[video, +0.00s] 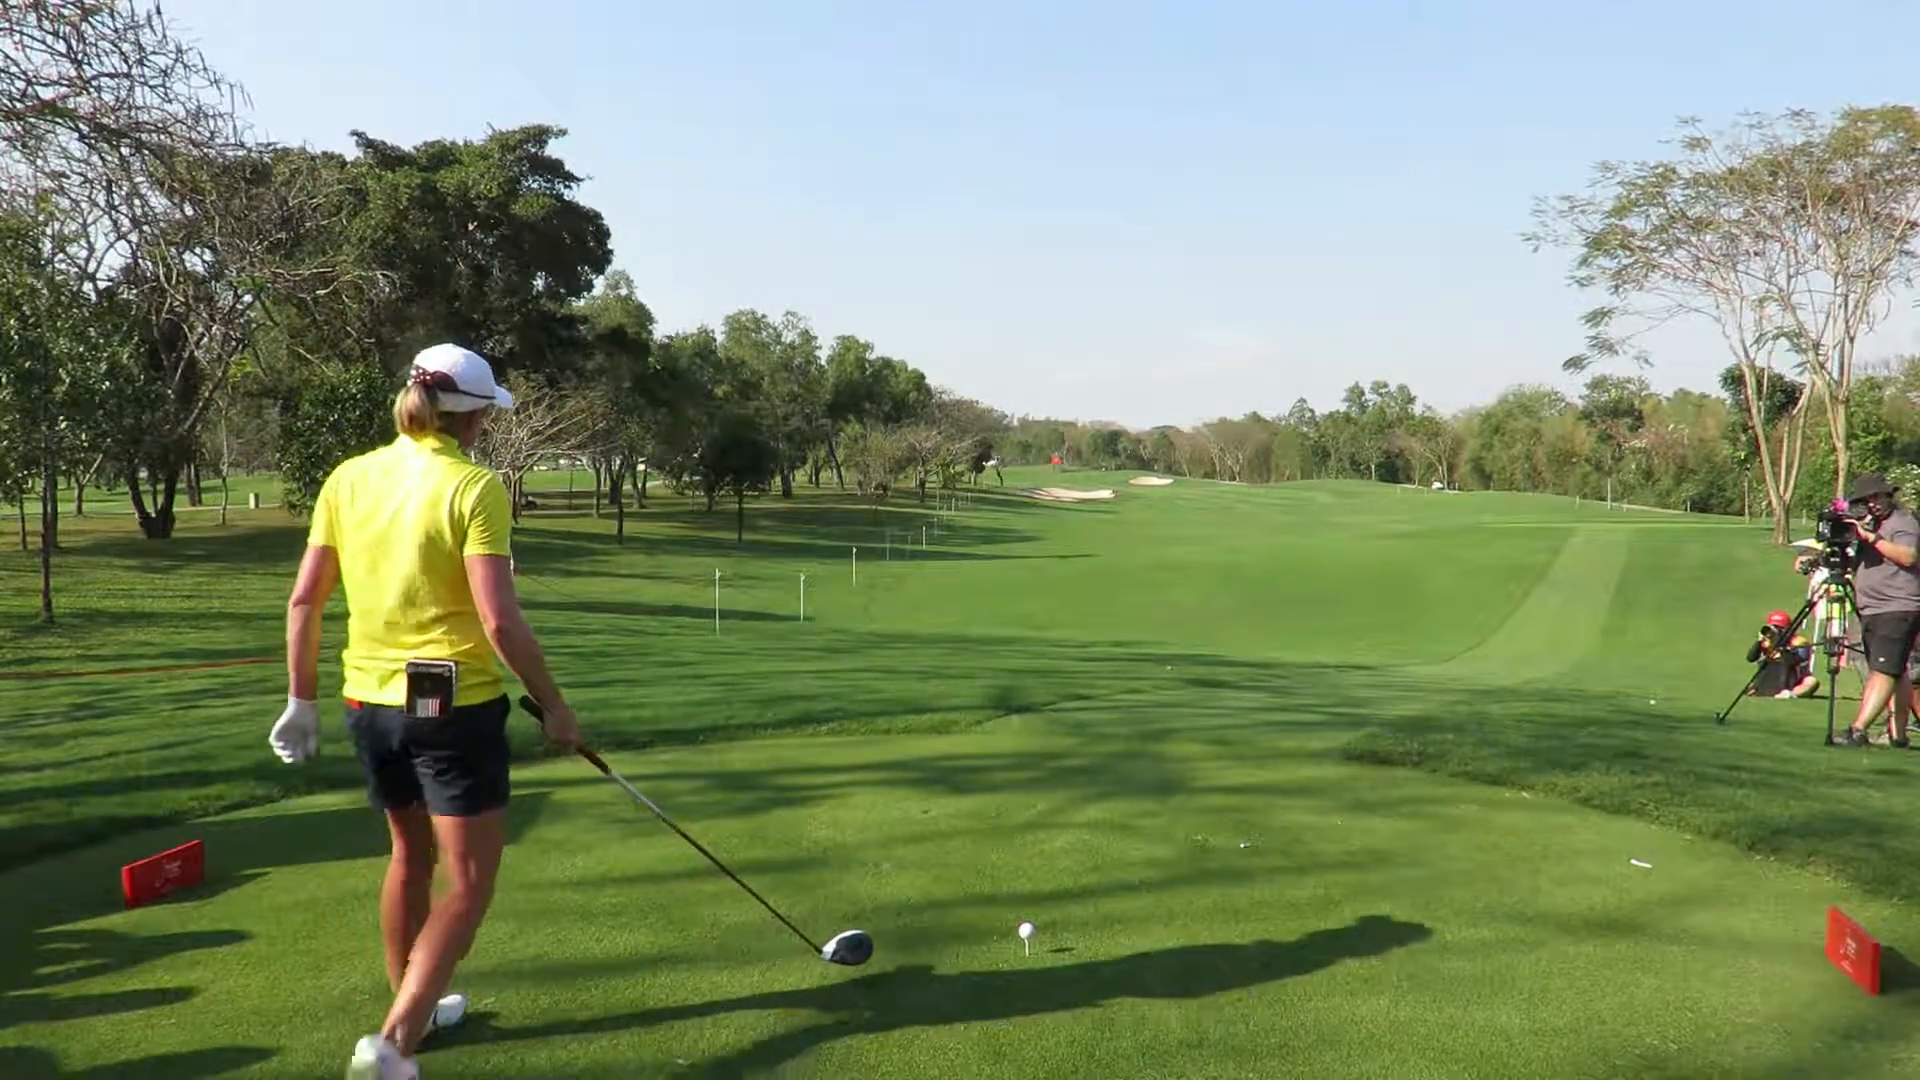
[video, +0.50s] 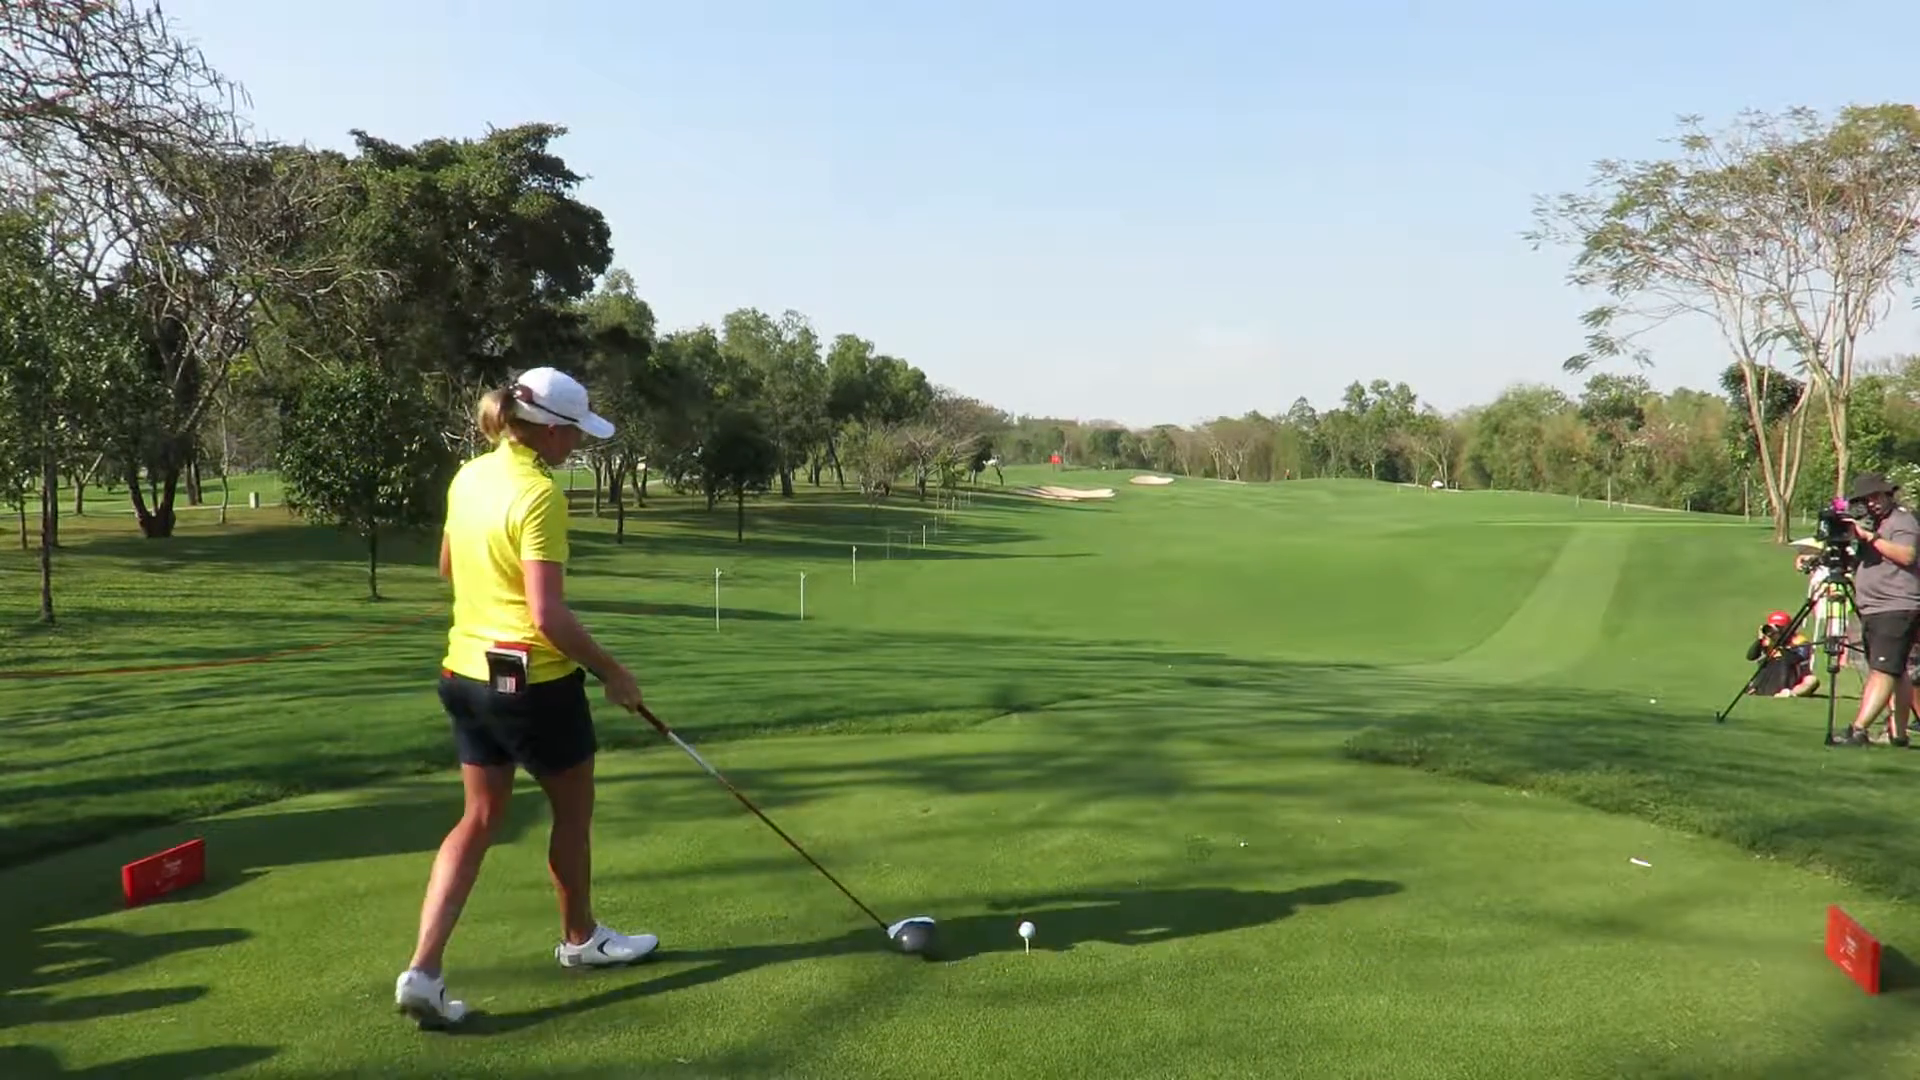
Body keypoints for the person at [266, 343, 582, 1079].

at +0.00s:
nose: (488, 426)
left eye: (488, 414)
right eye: (484, 414)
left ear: (412, 407)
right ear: (466, 414)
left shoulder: (346, 479)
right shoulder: (471, 485)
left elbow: (304, 601)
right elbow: (499, 622)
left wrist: (299, 696)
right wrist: (555, 706)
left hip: (372, 709)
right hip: (456, 712)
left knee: (407, 852)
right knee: (468, 885)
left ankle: (412, 1004)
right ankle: (393, 1043)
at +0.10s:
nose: (498, 421)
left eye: (499, 409)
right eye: (494, 409)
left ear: (428, 400)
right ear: (469, 406)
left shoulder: (363, 468)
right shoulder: (479, 476)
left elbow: (329, 587)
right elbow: (503, 609)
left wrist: (345, 672)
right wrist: (558, 693)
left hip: (384, 689)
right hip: (465, 692)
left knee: (412, 839)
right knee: (511, 835)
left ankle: (414, 1002)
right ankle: (419, 987)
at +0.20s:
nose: (512, 422)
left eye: (514, 411)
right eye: (509, 410)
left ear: (444, 402)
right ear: (488, 409)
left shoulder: (384, 464)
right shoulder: (490, 476)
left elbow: (357, 581)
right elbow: (510, 606)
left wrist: (400, 631)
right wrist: (565, 681)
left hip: (396, 677)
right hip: (477, 677)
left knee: (415, 841)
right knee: (539, 812)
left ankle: (409, 1013)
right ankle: (473, 972)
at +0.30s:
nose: (528, 428)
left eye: (529, 417)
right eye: (526, 418)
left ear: (462, 407)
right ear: (509, 417)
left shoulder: (407, 470)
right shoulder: (500, 482)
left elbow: (387, 574)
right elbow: (519, 611)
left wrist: (435, 623)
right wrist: (577, 679)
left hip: (413, 679)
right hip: (492, 681)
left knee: (424, 836)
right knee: (551, 804)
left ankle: (411, 1011)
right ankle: (544, 953)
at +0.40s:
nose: (557, 436)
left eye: (556, 425)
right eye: (551, 425)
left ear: (490, 416)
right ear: (526, 425)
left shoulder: (438, 475)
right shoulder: (519, 489)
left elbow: (417, 570)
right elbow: (532, 613)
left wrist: (479, 607)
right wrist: (594, 676)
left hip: (437, 679)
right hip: (512, 684)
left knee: (442, 832)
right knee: (560, 813)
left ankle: (413, 1006)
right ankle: (580, 939)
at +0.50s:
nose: (579, 443)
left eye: (580, 432)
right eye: (574, 432)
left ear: (523, 425)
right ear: (545, 429)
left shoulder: (470, 475)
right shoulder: (539, 493)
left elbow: (448, 566)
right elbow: (548, 615)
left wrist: (520, 585)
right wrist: (610, 668)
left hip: (466, 674)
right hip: (535, 681)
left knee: (480, 813)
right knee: (572, 806)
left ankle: (423, 972)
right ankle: (581, 935)